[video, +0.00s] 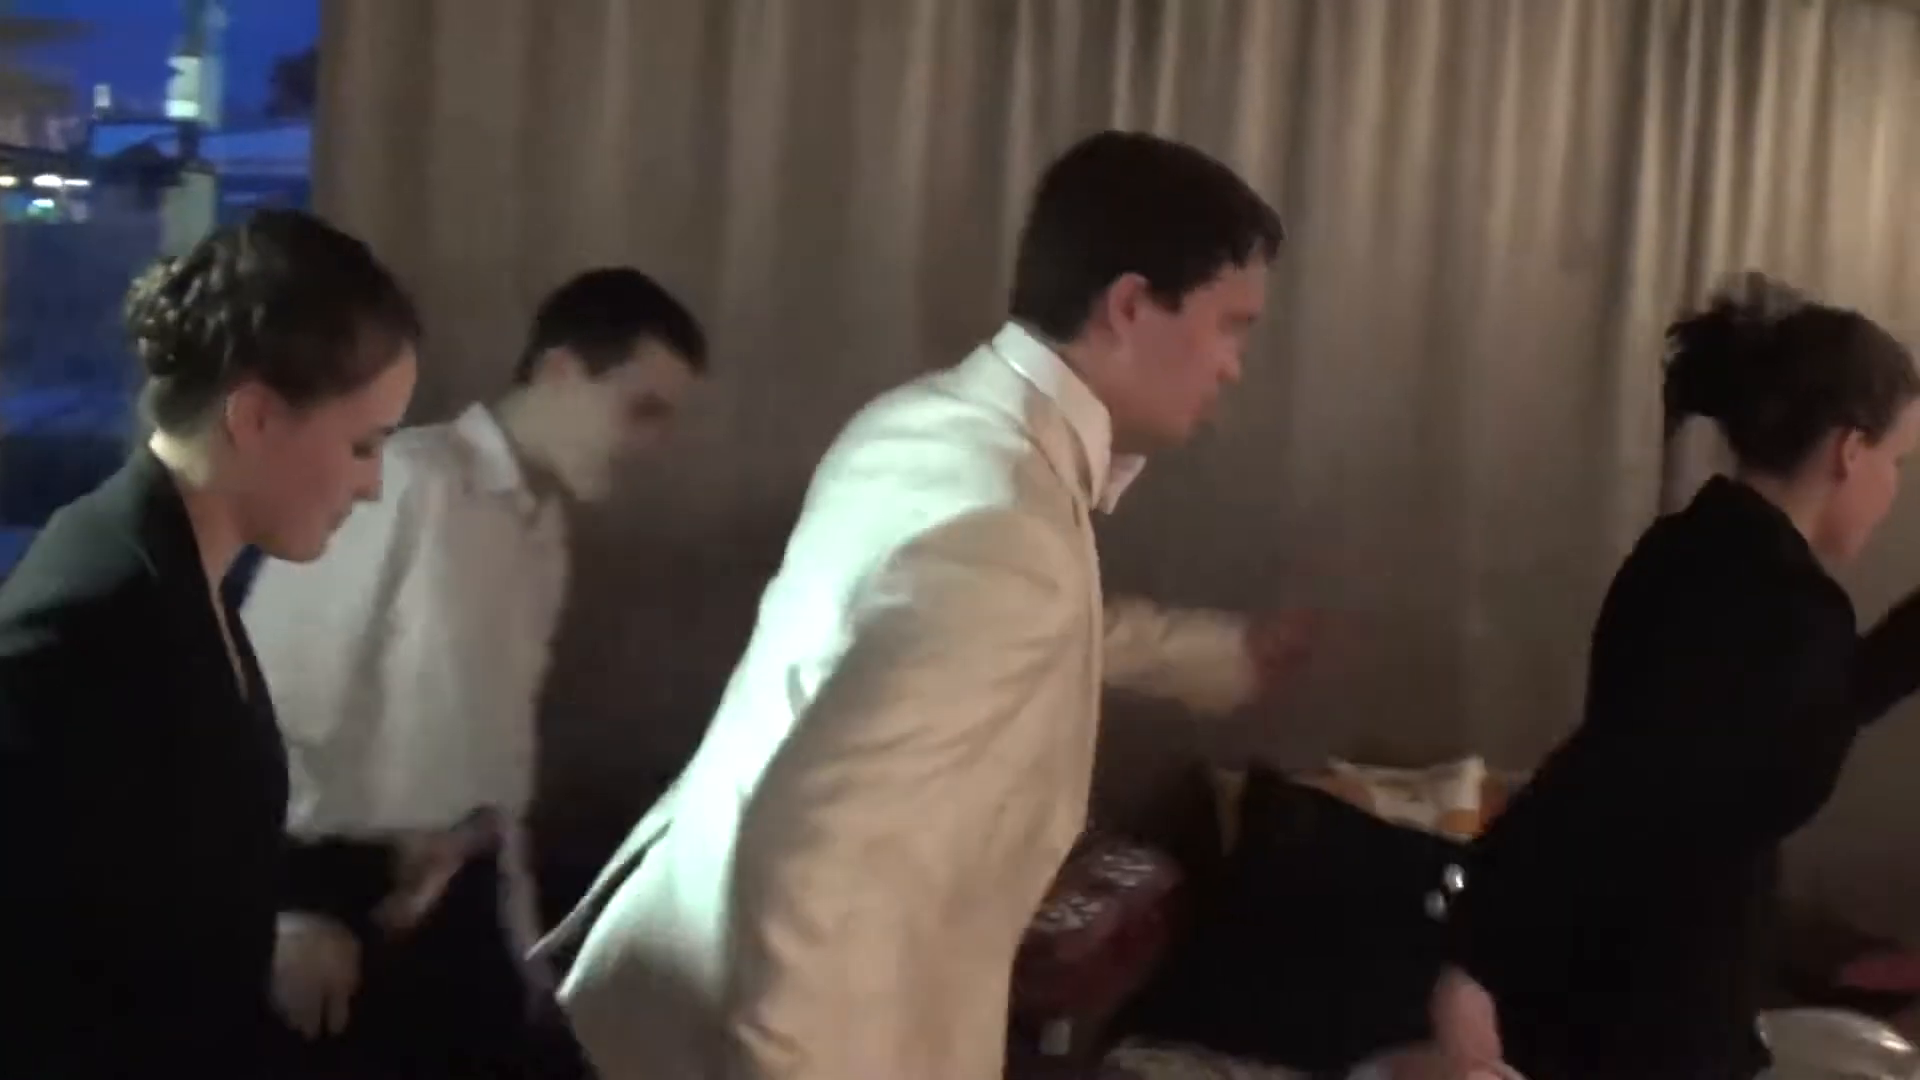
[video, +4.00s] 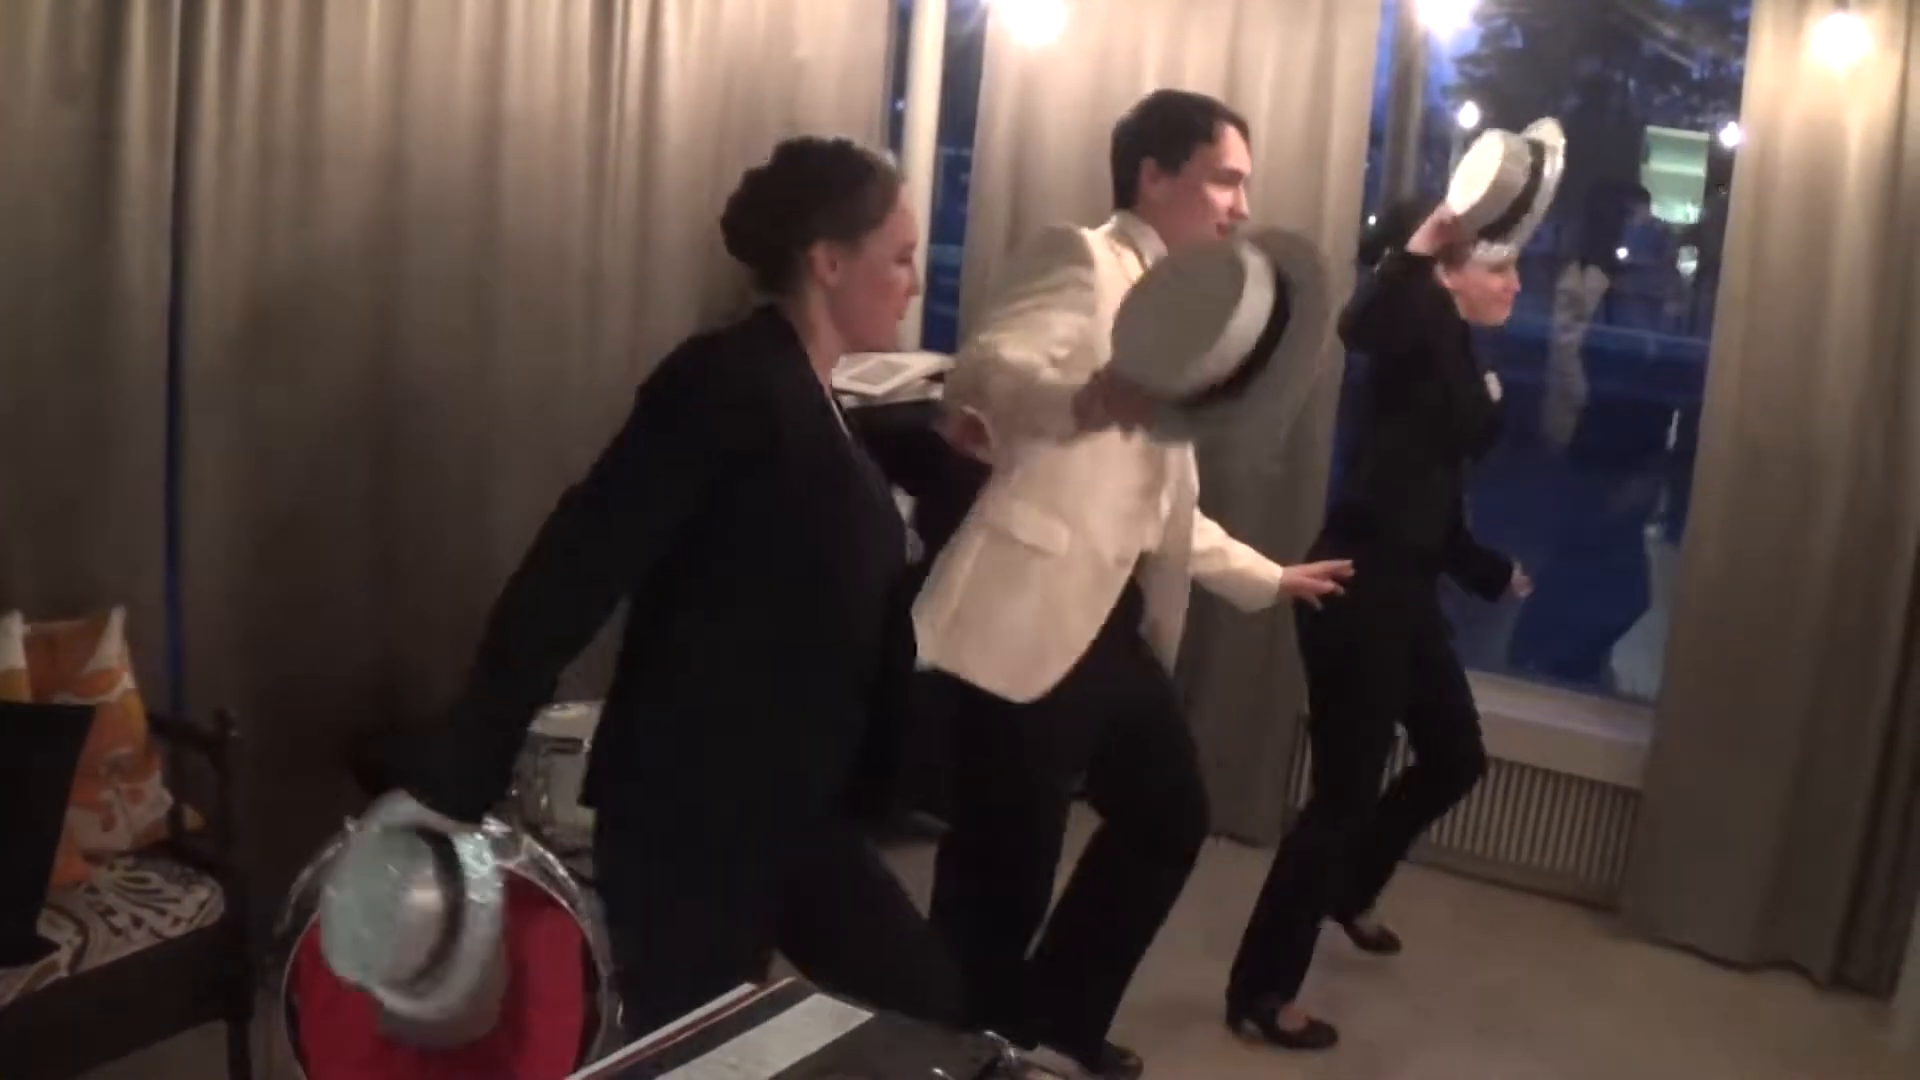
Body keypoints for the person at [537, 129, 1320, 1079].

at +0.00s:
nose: (1235, 367)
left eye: (1245, 332)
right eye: (1230, 325)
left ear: (1123, 306)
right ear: (1130, 308)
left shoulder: (926, 425)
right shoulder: (1003, 535)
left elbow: (1036, 633)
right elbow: (826, 867)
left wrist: (1227, 658)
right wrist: (808, 1068)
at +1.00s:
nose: (1279, 305)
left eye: (1276, 276)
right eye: (1263, 275)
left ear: (1164, 298)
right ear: (1178, 294)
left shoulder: (1047, 419)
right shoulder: (1183, 495)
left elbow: (1144, 597)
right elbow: (1084, 773)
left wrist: (1359, 579)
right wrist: (1135, 1011)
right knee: (1355, 1040)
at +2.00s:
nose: (1346, 353)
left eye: (1347, 331)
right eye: (1343, 331)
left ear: (1233, 325)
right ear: (1305, 340)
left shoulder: (1155, 436)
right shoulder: (1284, 486)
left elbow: (1237, 570)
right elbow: (1230, 676)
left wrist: (1378, 558)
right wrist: (1247, 864)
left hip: (1112, 850)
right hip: (1230, 879)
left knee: (1102, 1059)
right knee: (1245, 1066)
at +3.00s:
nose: (1312, 281)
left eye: (1315, 261)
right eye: (1292, 260)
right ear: (1221, 266)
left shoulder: (1285, 378)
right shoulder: (1149, 388)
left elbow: (1336, 511)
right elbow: (1088, 572)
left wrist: (1453, 571)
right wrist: (1163, 658)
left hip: (1230, 737)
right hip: (1147, 748)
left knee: (1176, 970)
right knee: (1131, 972)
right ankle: (1062, 1072)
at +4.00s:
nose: (1241, 206)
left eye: (1244, 186)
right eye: (1224, 182)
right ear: (1152, 179)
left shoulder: (1169, 302)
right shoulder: (1084, 266)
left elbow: (1155, 508)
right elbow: (983, 369)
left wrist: (1271, 579)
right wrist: (1087, 401)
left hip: (1107, 618)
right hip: (1019, 614)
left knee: (1166, 820)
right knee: (1004, 851)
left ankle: (1059, 1022)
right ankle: (968, 1034)